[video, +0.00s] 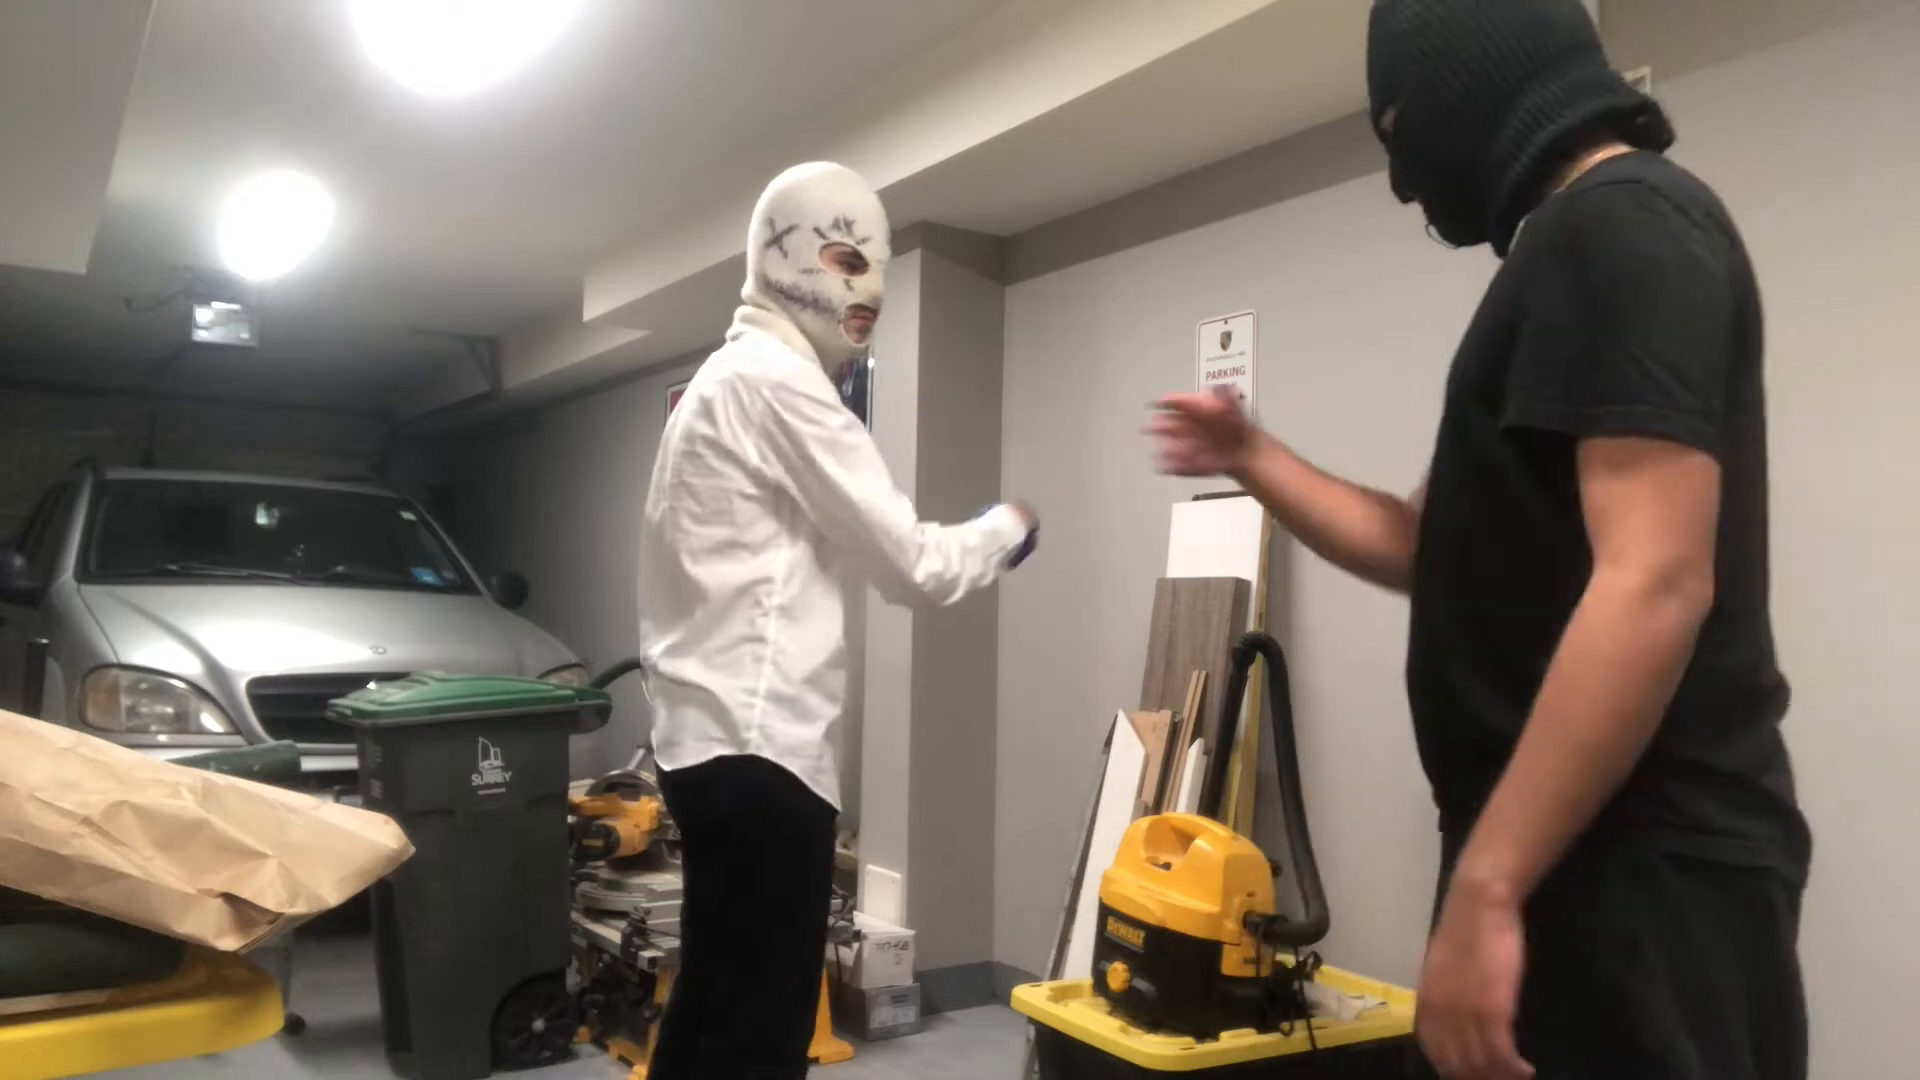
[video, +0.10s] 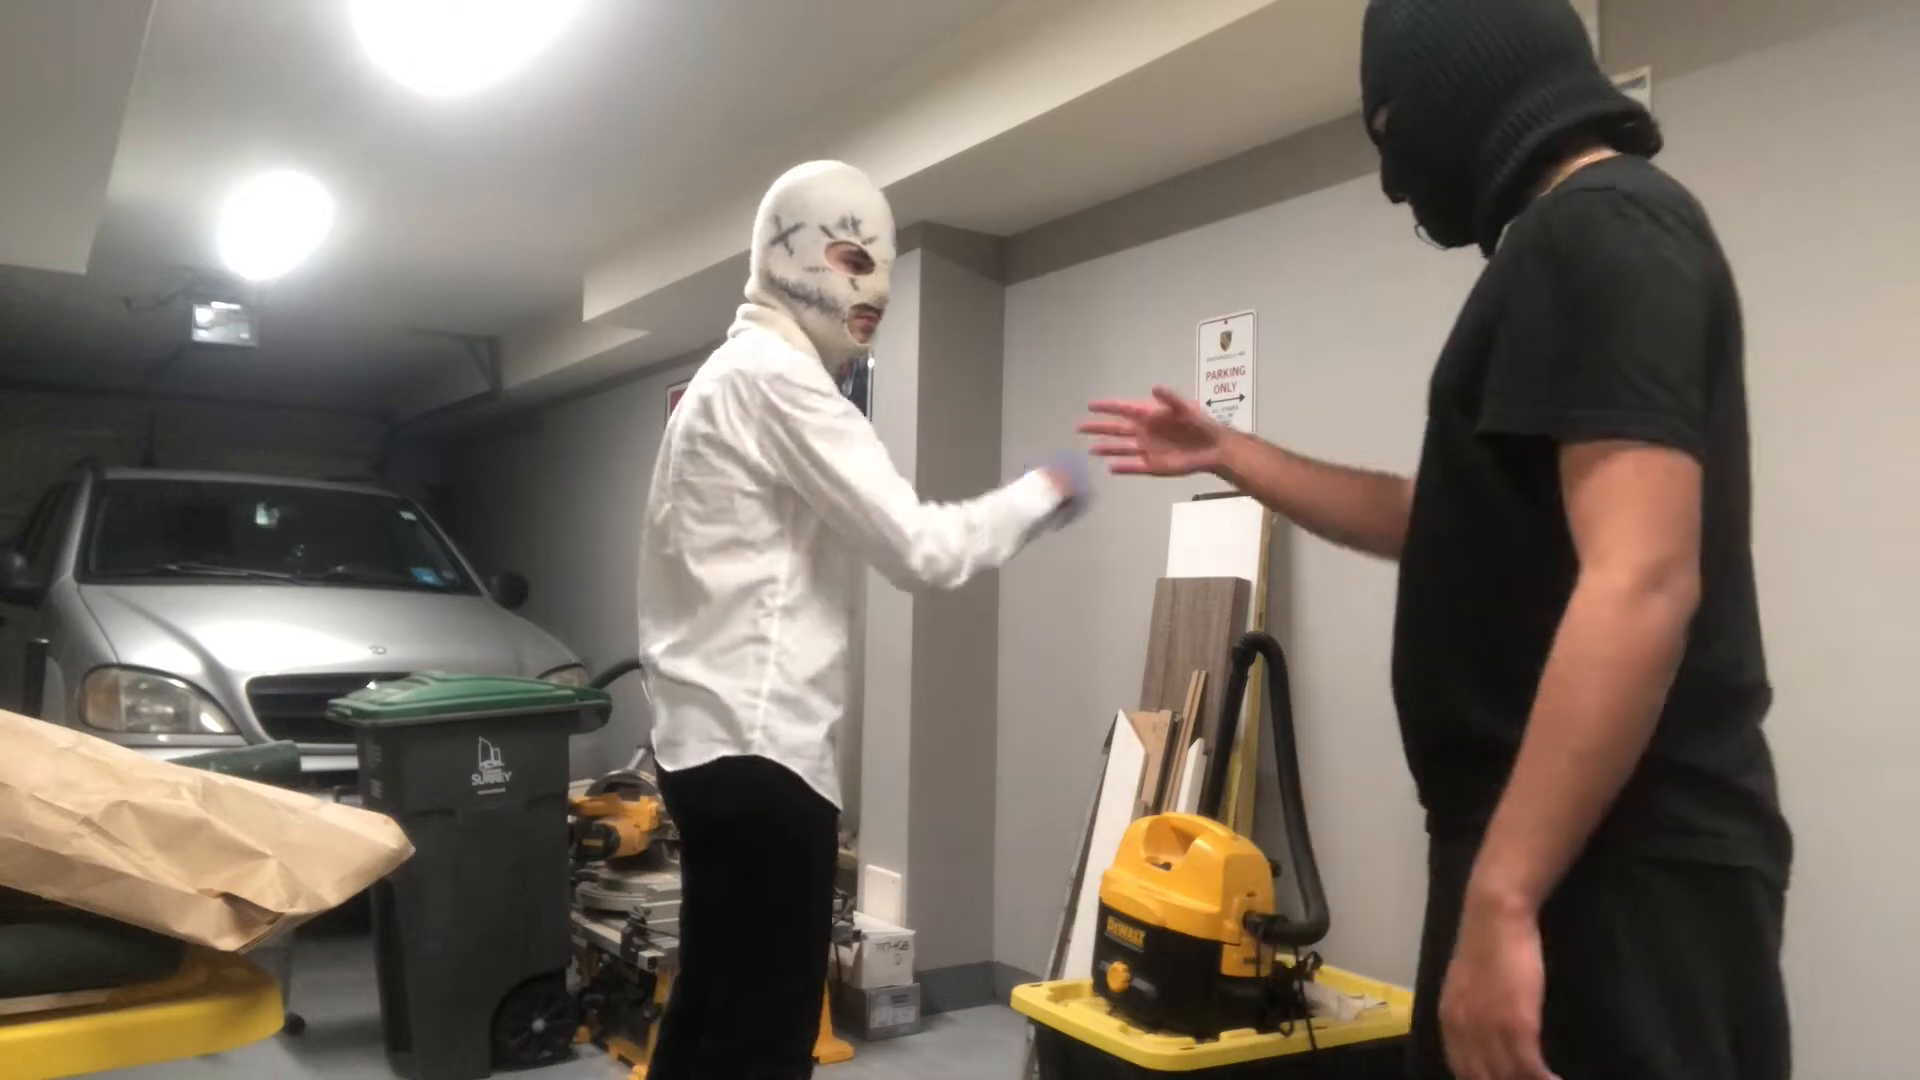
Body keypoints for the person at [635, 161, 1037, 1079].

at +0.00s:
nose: (871, 284)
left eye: (877, 263)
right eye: (849, 258)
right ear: (788, 260)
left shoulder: (730, 376)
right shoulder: (774, 380)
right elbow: (918, 566)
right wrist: (1005, 529)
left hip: (715, 742)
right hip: (760, 748)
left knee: (720, 1018)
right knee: (759, 1030)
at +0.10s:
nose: (879, 292)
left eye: (880, 267)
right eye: (863, 264)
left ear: (790, 262)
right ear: (809, 260)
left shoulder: (731, 372)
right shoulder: (776, 377)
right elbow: (924, 551)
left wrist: (843, 389)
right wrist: (1044, 489)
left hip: (711, 741)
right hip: (759, 747)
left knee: (714, 1015)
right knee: (765, 1029)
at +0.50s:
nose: (893, 290)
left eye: (897, 266)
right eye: (875, 260)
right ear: (812, 254)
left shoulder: (796, 368)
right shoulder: (769, 364)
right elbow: (831, 502)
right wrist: (979, 385)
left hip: (768, 743)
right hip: (747, 748)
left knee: (738, 1014)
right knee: (749, 1021)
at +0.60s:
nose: (889, 281)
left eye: (896, 260)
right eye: (869, 254)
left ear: (903, 262)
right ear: (807, 252)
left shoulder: (791, 360)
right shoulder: (766, 352)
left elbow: (872, 409)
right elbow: (843, 421)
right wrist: (1000, 310)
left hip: (765, 735)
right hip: (743, 739)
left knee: (728, 1009)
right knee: (752, 1017)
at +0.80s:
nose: (887, 291)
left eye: (893, 268)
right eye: (869, 261)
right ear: (807, 254)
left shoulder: (791, 364)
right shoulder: (757, 353)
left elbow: (865, 441)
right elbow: (847, 434)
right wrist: (1015, 279)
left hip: (768, 736)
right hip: (737, 739)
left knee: (734, 1016)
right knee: (743, 1022)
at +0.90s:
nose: (884, 290)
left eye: (892, 268)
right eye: (866, 260)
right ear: (804, 253)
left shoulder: (788, 365)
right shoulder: (751, 356)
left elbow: (865, 435)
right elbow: (849, 428)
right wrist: (1017, 294)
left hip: (770, 734)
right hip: (735, 737)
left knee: (735, 1017)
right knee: (744, 1022)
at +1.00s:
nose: (878, 290)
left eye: (886, 267)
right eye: (857, 261)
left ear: (886, 268)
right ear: (795, 255)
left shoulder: (785, 372)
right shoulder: (745, 364)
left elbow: (883, 452)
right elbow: (850, 474)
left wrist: (1038, 378)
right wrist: (1029, 381)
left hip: (770, 739)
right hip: (733, 742)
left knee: (732, 1017)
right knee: (748, 1025)